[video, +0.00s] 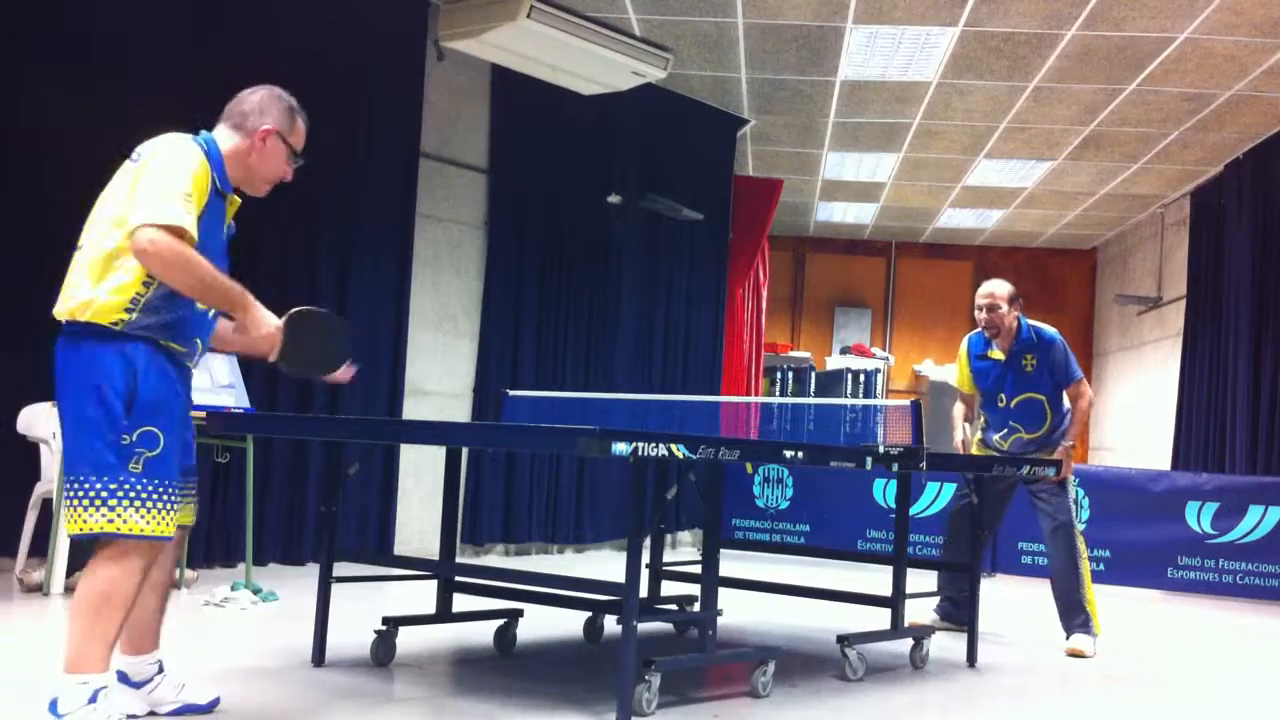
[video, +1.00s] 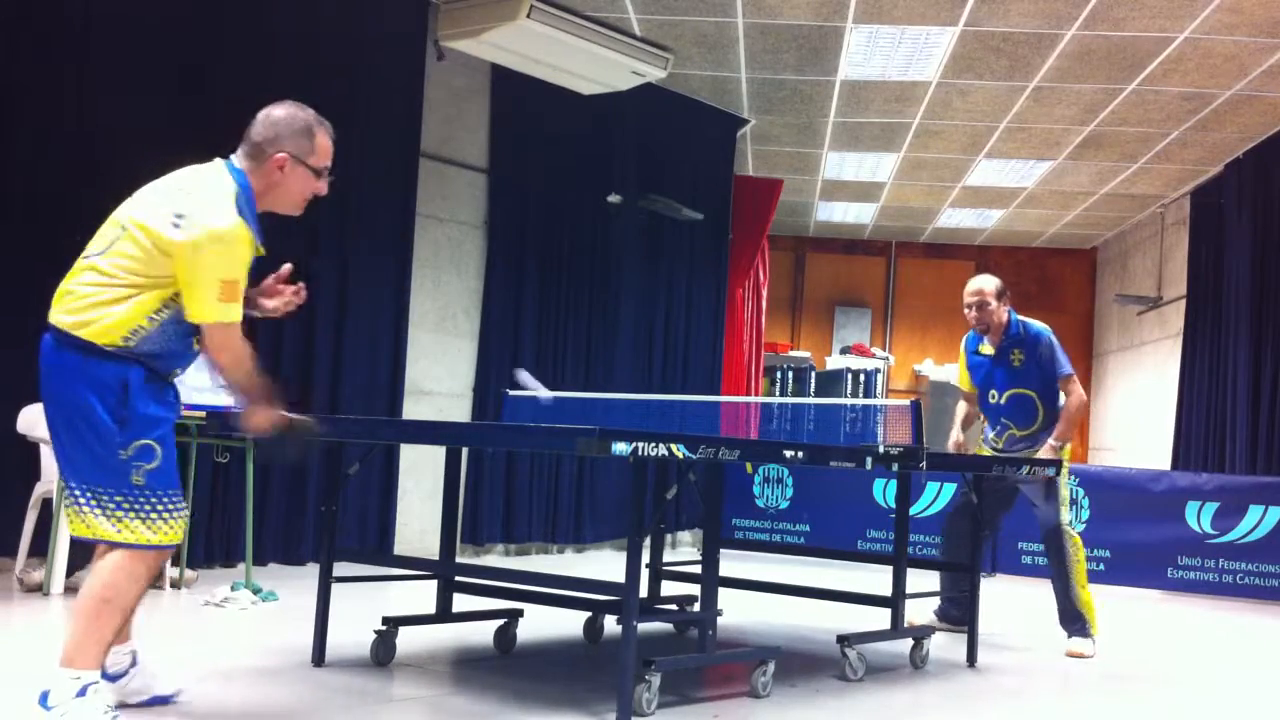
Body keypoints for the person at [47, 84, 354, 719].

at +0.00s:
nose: (290, 173)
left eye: (296, 161)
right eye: (292, 155)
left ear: (258, 141)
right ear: (260, 137)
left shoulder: (214, 208)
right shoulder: (179, 155)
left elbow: (196, 323)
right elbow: (155, 244)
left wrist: (299, 352)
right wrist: (247, 309)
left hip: (158, 365)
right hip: (113, 354)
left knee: (165, 527)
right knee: (131, 532)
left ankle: (137, 674)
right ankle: (78, 691)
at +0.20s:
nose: (307, 171)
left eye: (310, 157)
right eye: (305, 154)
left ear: (270, 146)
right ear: (273, 143)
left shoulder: (237, 221)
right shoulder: (189, 171)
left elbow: (214, 324)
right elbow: (193, 278)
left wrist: (300, 322)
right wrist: (290, 305)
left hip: (163, 367)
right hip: (109, 353)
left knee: (181, 515)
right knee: (129, 520)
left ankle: (140, 675)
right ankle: (79, 688)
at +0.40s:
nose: (316, 189)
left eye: (320, 176)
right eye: (312, 173)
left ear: (274, 162)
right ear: (275, 161)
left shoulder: (236, 213)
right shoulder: (199, 198)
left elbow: (235, 313)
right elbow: (219, 311)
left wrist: (312, 313)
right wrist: (307, 314)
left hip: (151, 366)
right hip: (100, 356)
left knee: (176, 516)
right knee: (133, 523)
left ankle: (138, 674)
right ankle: (65, 687)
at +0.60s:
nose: (306, 190)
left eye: (307, 177)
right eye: (298, 178)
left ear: (257, 175)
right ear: (256, 176)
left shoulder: (244, 212)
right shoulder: (172, 217)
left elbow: (275, 295)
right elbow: (218, 322)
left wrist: (346, 271)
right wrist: (308, 271)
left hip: (151, 364)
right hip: (95, 356)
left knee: (174, 509)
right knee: (134, 521)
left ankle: (138, 670)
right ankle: (66, 687)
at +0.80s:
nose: (298, 192)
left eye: (303, 179)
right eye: (294, 178)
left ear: (254, 169)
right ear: (255, 171)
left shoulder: (242, 212)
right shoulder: (170, 211)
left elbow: (236, 291)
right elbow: (212, 317)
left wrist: (292, 297)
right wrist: (291, 247)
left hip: (143, 363)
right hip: (89, 355)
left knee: (155, 517)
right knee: (125, 526)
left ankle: (133, 671)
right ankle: (63, 690)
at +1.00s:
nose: (323, 188)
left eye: (326, 174)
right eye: (319, 172)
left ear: (270, 160)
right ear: (278, 162)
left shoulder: (212, 187)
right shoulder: (219, 220)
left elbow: (170, 288)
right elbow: (222, 344)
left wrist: (247, 302)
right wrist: (260, 400)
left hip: (116, 358)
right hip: (102, 360)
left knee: (143, 525)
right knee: (146, 533)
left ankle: (113, 666)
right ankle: (67, 688)